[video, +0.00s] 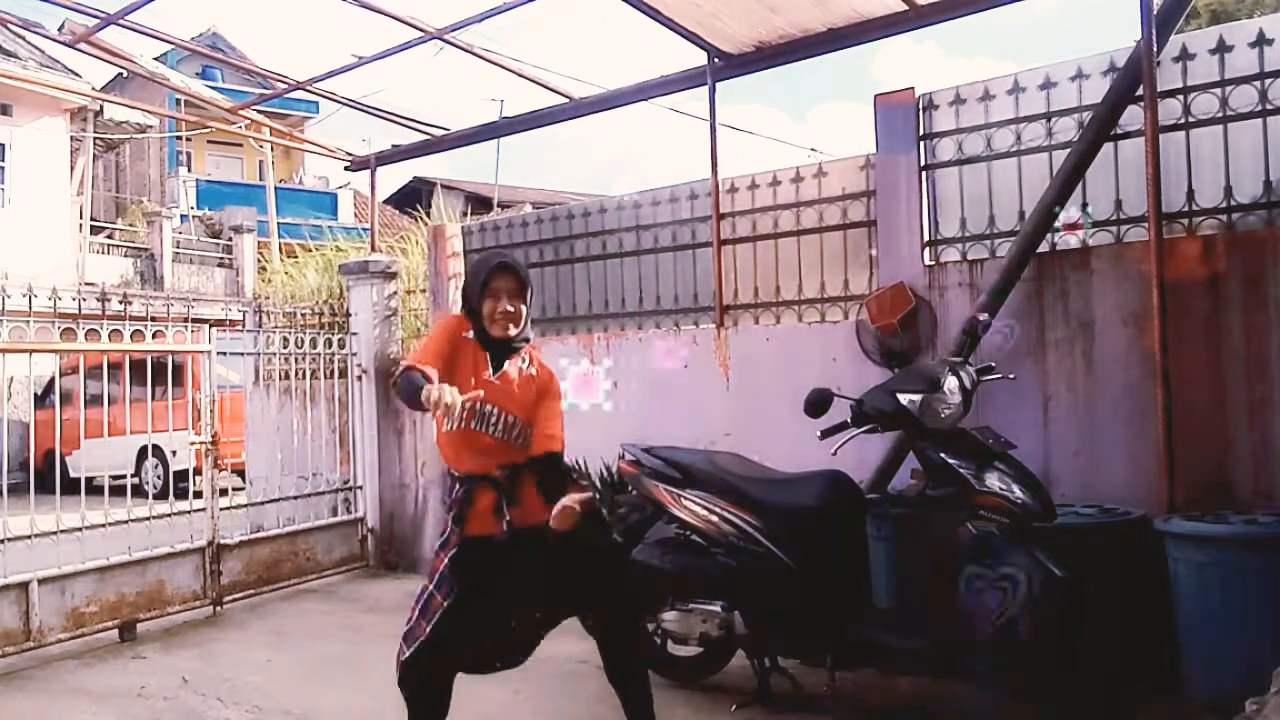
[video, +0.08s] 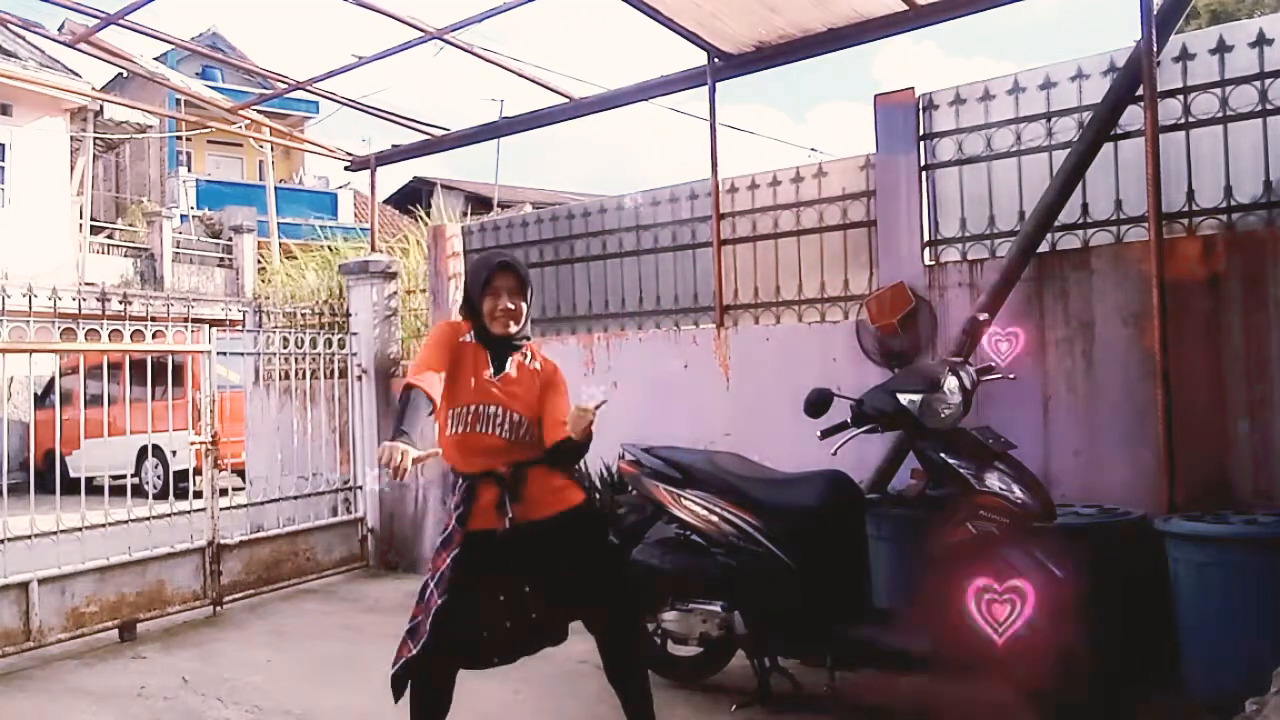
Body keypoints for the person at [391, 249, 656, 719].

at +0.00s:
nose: (507, 307)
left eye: (516, 297)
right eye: (495, 296)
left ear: (527, 305)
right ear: (473, 301)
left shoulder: (541, 376)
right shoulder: (453, 331)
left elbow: (547, 459)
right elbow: (406, 380)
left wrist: (565, 499)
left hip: (542, 527)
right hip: (477, 533)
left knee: (617, 617)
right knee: (419, 662)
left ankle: (642, 714)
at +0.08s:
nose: (507, 304)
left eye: (516, 295)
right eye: (495, 294)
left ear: (527, 303)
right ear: (474, 301)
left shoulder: (544, 371)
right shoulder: (452, 336)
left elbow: (559, 456)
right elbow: (420, 387)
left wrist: (578, 438)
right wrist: (403, 437)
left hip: (560, 517)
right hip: (482, 525)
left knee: (617, 622)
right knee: (436, 647)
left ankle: (642, 714)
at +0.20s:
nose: (523, 267)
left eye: (533, 256)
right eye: (511, 257)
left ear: (546, 264)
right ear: (491, 264)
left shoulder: (570, 321)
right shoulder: (464, 322)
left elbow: (621, 384)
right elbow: (429, 402)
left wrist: (628, 323)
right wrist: (394, 473)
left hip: (571, 488)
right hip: (492, 494)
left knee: (618, 611)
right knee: (452, 620)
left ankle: (649, 711)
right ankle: (422, 716)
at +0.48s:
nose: (559, 280)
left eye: (566, 270)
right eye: (546, 271)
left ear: (578, 278)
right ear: (527, 281)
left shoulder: (604, 343)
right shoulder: (504, 339)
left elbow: (649, 410)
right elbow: (461, 408)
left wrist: (664, 342)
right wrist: (433, 465)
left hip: (597, 506)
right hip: (519, 507)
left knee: (633, 627)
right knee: (467, 628)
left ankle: (645, 716)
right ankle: (427, 717)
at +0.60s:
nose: (560, 264)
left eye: (569, 254)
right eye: (547, 256)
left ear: (582, 260)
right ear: (532, 265)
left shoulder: (615, 315)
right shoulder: (514, 326)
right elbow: (483, 418)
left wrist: (658, 263)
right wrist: (439, 494)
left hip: (593, 489)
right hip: (516, 491)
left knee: (629, 618)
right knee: (461, 616)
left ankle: (645, 714)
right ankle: (422, 714)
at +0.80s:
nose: (547, 292)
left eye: (554, 281)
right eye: (534, 285)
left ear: (568, 287)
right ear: (518, 296)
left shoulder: (601, 329)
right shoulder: (503, 367)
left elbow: (667, 313)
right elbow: (483, 453)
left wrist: (710, 315)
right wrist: (429, 426)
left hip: (590, 519)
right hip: (522, 522)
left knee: (629, 635)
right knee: (457, 627)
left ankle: (643, 717)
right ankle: (428, 716)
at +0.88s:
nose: (531, 272)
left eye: (541, 262)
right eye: (520, 263)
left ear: (555, 267)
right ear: (505, 272)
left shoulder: (588, 316)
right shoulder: (486, 335)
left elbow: (661, 339)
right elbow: (450, 415)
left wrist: (729, 375)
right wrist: (415, 358)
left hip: (571, 477)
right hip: (497, 478)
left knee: (616, 610)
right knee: (456, 609)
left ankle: (644, 714)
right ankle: (420, 717)